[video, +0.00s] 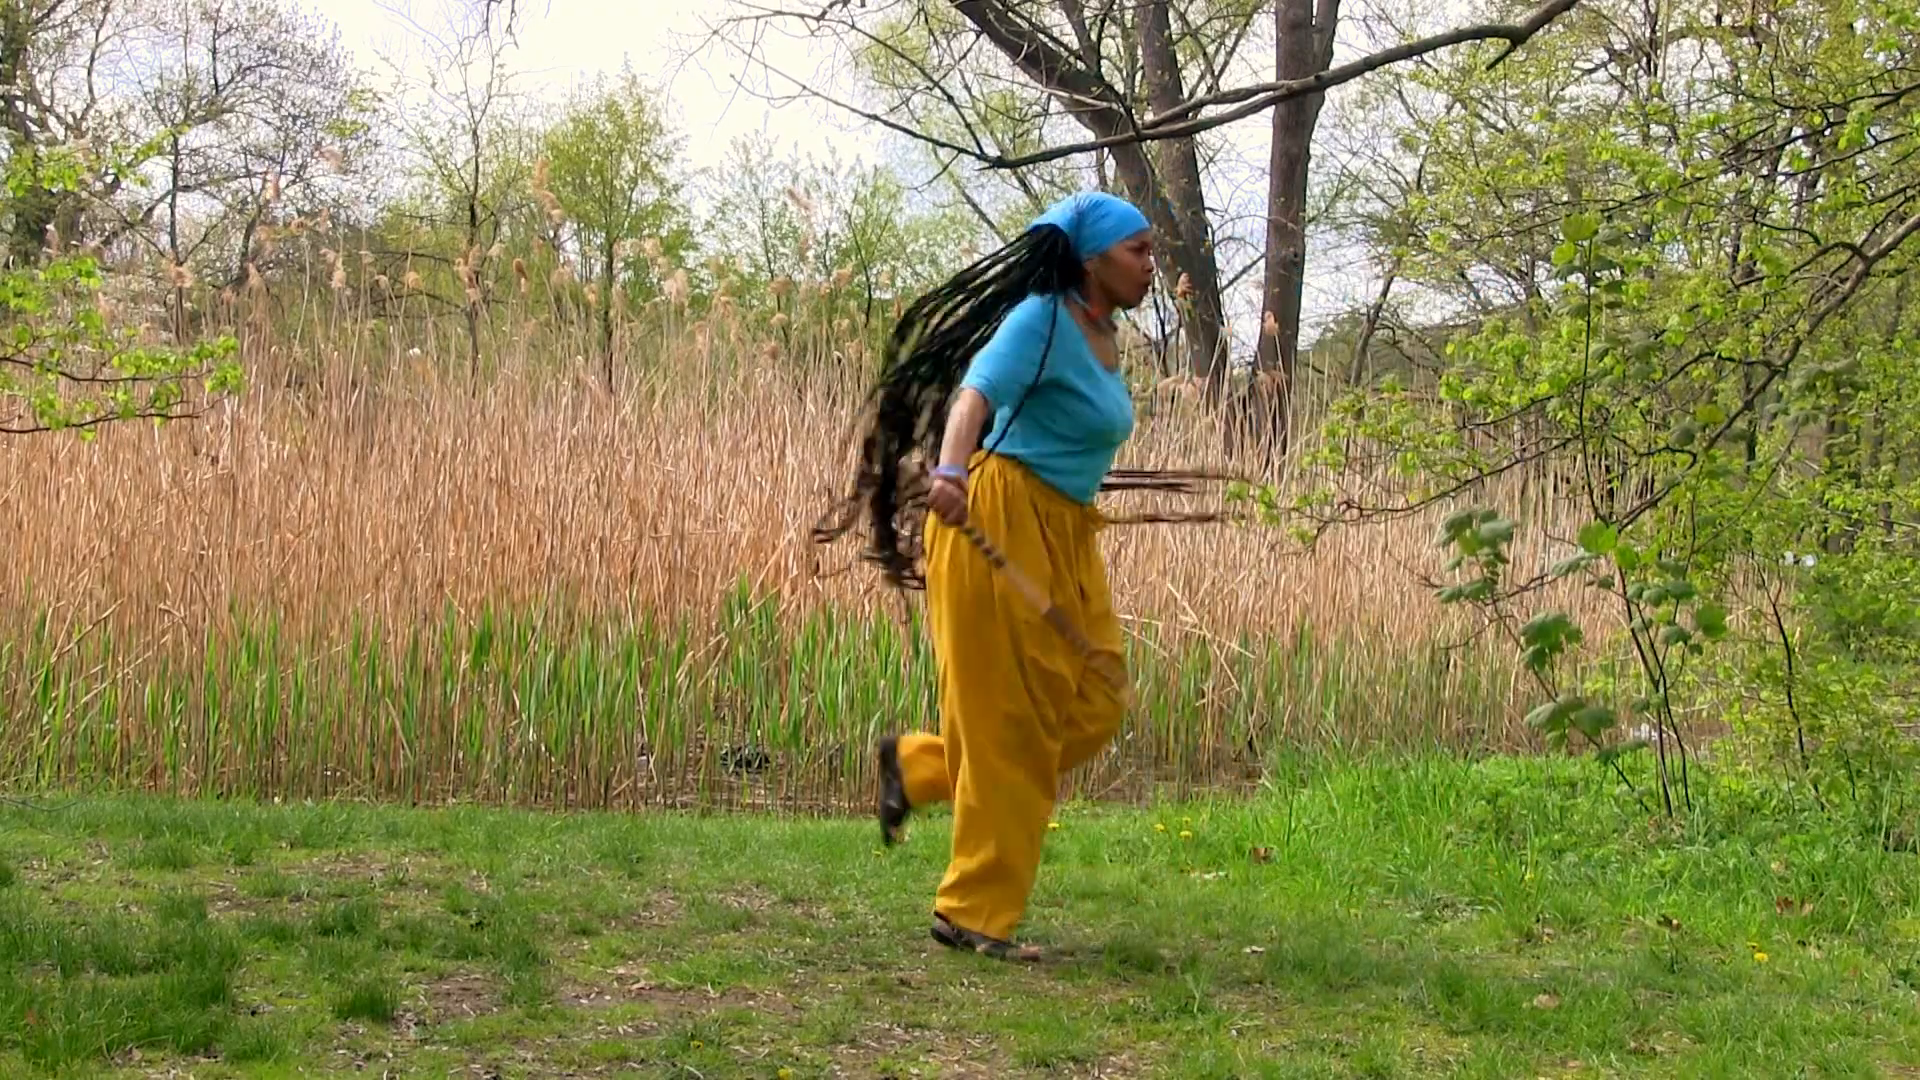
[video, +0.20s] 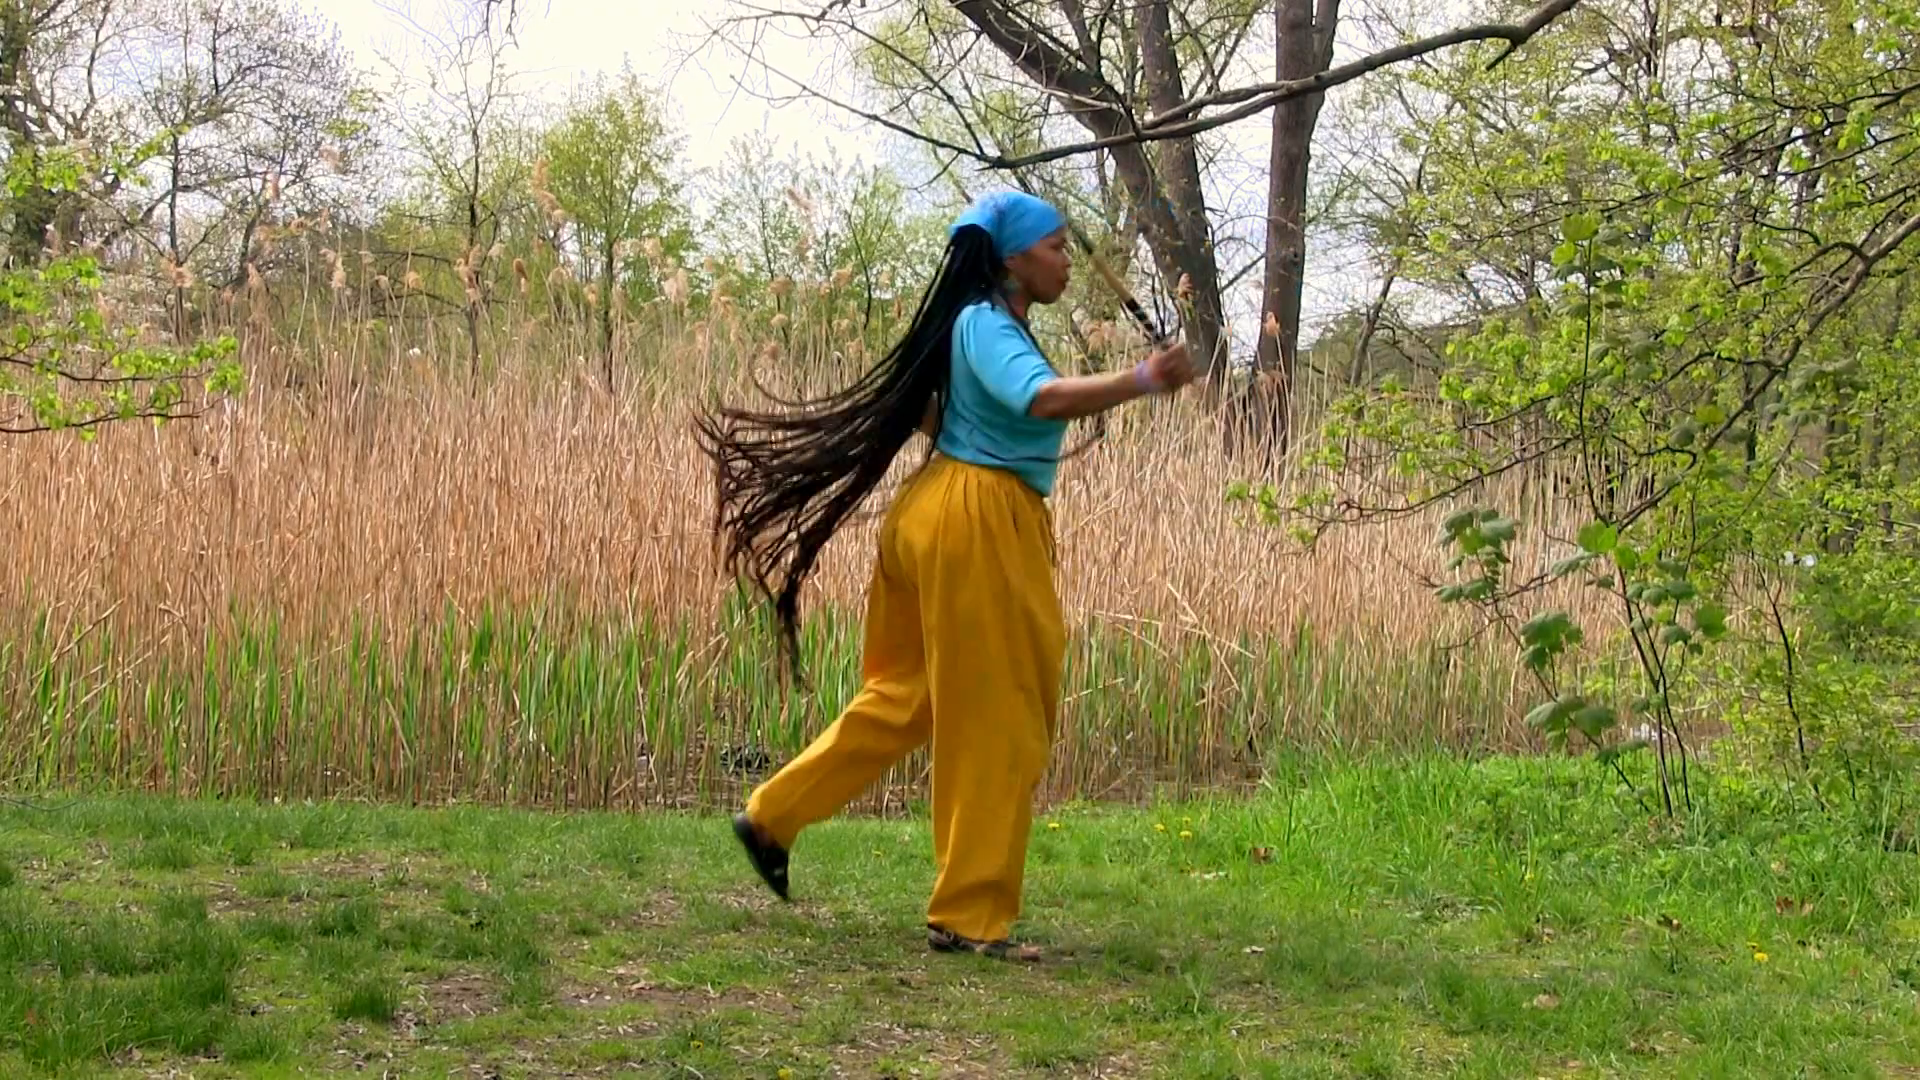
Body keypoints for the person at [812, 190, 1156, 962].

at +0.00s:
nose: (1151, 263)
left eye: (1150, 250)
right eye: (1137, 250)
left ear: (1116, 263)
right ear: (1090, 258)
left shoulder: (1101, 333)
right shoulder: (1041, 317)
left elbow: (1059, 431)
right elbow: (980, 390)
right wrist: (953, 470)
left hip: (1070, 529)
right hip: (1002, 514)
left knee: (1092, 708)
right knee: (1007, 715)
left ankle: (914, 767)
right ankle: (973, 911)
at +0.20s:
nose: (1069, 259)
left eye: (1065, 245)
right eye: (1055, 246)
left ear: (1008, 261)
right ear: (1011, 258)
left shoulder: (969, 323)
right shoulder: (991, 324)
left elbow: (923, 409)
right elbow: (1041, 396)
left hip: (928, 505)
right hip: (984, 517)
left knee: (907, 695)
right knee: (1002, 716)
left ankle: (773, 817)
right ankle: (969, 916)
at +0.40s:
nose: (982, 275)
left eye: (977, 262)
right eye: (970, 263)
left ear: (911, 277)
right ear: (933, 275)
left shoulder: (883, 337)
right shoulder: (945, 335)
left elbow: (967, 403)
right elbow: (1064, 347)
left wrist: (1015, 345)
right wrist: (1097, 290)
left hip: (850, 528)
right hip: (926, 532)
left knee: (804, 701)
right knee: (997, 716)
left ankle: (722, 877)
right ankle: (972, 915)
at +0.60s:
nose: (953, 291)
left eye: (950, 276)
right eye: (941, 278)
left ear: (895, 292)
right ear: (899, 291)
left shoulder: (857, 350)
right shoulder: (902, 352)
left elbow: (909, 433)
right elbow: (998, 424)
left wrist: (964, 383)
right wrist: (1070, 386)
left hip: (830, 539)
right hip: (890, 544)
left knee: (788, 706)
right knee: (991, 713)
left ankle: (715, 883)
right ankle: (967, 910)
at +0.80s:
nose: (992, 285)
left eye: (987, 274)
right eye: (979, 277)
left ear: (954, 294)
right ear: (940, 297)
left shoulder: (987, 346)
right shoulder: (891, 367)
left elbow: (1095, 322)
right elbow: (882, 482)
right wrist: (968, 537)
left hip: (933, 564)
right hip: (895, 564)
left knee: (832, 727)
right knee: (982, 728)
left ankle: (723, 876)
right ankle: (926, 910)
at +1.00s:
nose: (1058, 265)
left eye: (1053, 252)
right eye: (1046, 254)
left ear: (1019, 269)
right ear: (1005, 271)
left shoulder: (1051, 344)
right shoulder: (953, 352)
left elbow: (1119, 433)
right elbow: (961, 464)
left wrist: (1211, 481)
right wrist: (1034, 459)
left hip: (1022, 551)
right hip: (959, 545)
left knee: (1043, 720)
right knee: (967, 724)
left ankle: (895, 823)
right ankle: (928, 909)